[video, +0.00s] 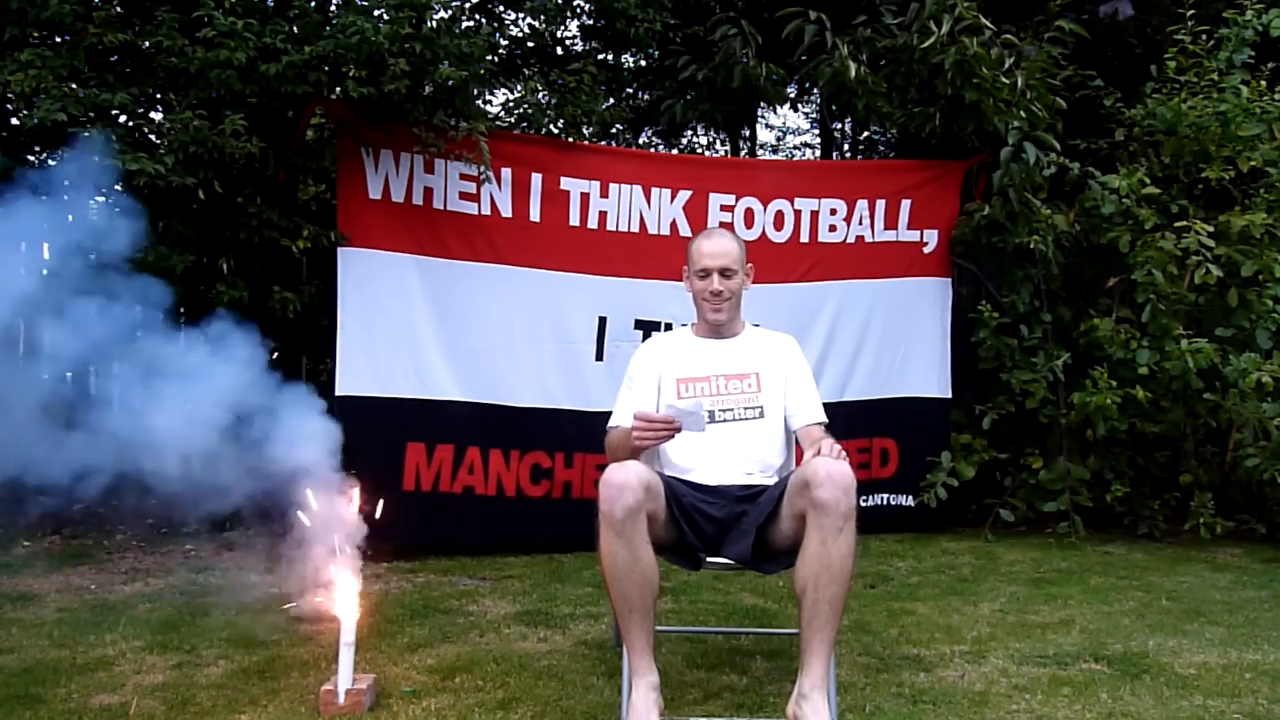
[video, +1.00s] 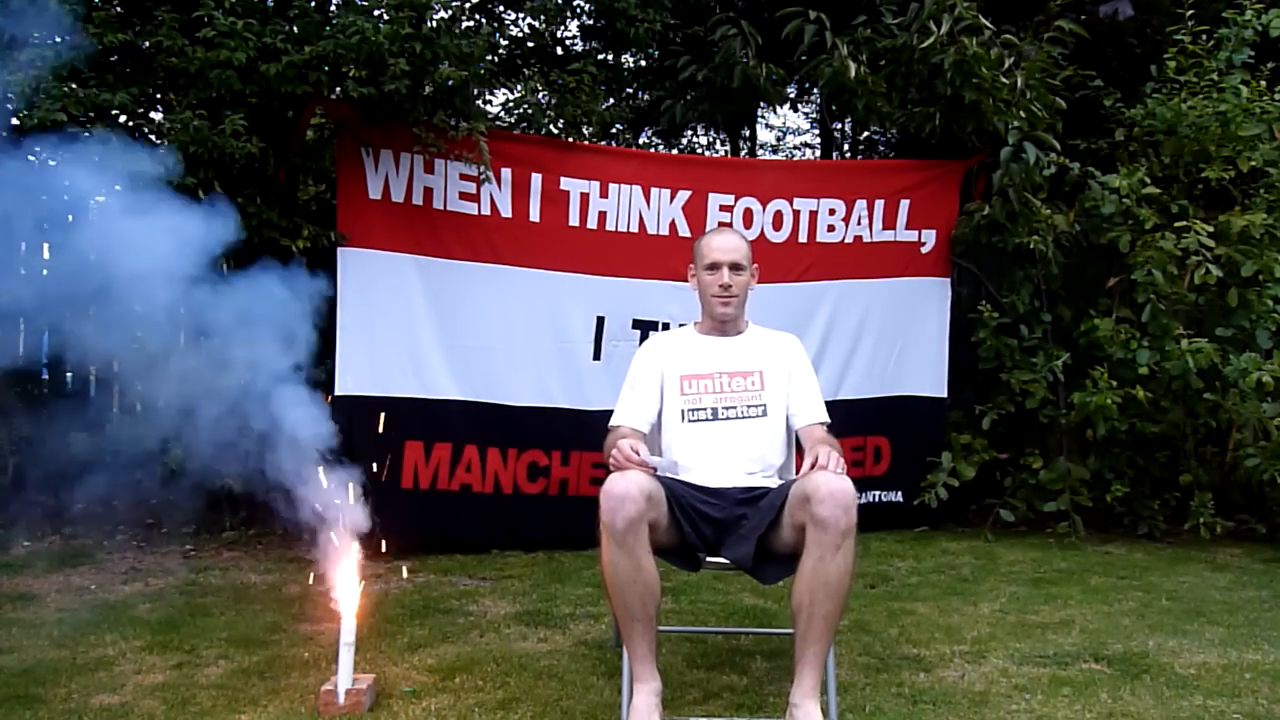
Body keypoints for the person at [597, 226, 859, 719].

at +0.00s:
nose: (716, 286)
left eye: (727, 274)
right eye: (703, 274)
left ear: (746, 278)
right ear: (687, 281)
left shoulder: (781, 349)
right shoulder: (656, 352)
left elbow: (811, 437)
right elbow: (614, 449)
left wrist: (823, 449)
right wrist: (635, 437)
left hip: (767, 504)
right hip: (678, 503)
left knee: (834, 478)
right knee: (617, 483)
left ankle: (812, 690)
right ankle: (642, 681)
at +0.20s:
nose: (716, 285)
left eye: (727, 273)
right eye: (704, 274)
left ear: (747, 278)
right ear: (687, 281)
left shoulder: (781, 349)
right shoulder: (656, 352)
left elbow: (811, 436)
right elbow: (613, 449)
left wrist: (823, 448)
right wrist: (634, 437)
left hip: (767, 504)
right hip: (678, 502)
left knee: (834, 478)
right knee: (618, 484)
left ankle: (812, 691)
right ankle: (642, 682)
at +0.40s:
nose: (720, 282)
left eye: (731, 270)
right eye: (707, 271)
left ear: (749, 278)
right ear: (689, 279)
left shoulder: (782, 349)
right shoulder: (658, 351)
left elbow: (812, 436)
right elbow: (618, 440)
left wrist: (824, 448)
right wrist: (625, 442)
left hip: (768, 505)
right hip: (679, 503)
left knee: (835, 478)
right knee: (619, 483)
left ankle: (811, 691)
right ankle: (642, 682)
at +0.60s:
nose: (725, 280)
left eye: (736, 269)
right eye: (712, 269)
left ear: (753, 277)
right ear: (693, 277)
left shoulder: (784, 349)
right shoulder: (659, 350)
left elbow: (815, 435)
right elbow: (622, 437)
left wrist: (825, 450)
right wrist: (623, 445)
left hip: (767, 504)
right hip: (680, 502)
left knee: (836, 488)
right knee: (619, 487)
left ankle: (806, 697)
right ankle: (642, 685)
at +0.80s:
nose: (727, 280)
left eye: (739, 269)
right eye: (715, 268)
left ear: (754, 278)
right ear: (695, 277)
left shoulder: (785, 348)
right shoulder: (661, 348)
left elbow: (815, 433)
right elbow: (623, 434)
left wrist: (824, 449)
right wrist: (623, 446)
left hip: (767, 502)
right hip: (680, 499)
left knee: (835, 499)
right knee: (619, 492)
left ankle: (803, 699)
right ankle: (644, 687)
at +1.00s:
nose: (725, 280)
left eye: (737, 269)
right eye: (713, 269)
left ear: (753, 277)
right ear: (693, 277)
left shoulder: (785, 348)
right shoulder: (660, 349)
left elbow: (814, 433)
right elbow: (623, 434)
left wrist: (824, 448)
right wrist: (623, 446)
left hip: (767, 502)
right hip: (680, 499)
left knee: (835, 494)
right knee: (619, 492)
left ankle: (806, 697)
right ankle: (645, 687)